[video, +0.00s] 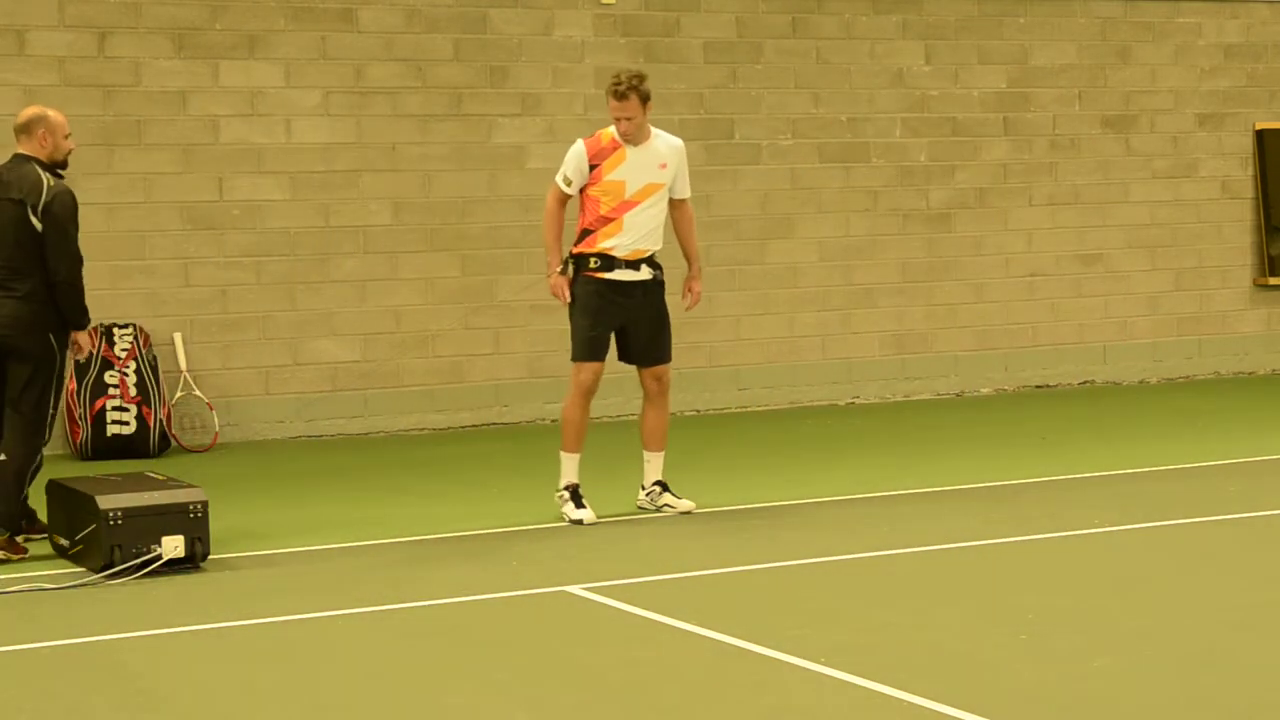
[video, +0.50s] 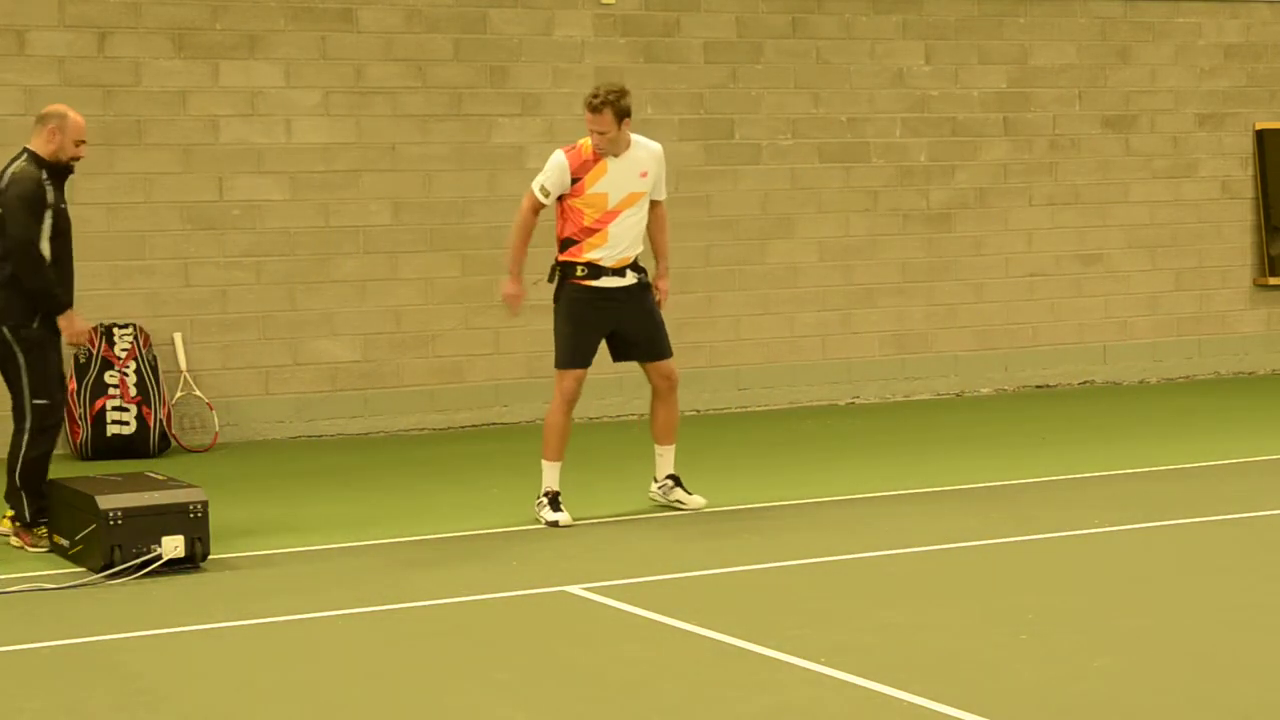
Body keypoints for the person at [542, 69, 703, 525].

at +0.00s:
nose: (622, 127)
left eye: (629, 119)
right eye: (616, 119)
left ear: (648, 110)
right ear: (608, 112)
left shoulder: (671, 150)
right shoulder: (588, 151)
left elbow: (681, 207)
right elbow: (556, 201)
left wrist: (694, 267)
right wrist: (555, 267)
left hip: (645, 282)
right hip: (592, 282)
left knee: (657, 381)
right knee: (585, 380)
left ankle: (652, 487)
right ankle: (569, 487)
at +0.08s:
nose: (622, 127)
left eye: (630, 119)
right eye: (616, 119)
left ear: (649, 111)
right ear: (609, 112)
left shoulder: (670, 149)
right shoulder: (587, 151)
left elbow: (680, 207)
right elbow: (554, 199)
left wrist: (693, 267)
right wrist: (555, 266)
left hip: (644, 283)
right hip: (593, 282)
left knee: (656, 381)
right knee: (582, 380)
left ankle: (652, 487)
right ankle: (558, 489)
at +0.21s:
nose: (615, 129)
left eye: (623, 121)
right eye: (609, 121)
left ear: (642, 113)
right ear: (602, 113)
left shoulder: (662, 149)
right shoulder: (580, 153)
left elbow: (670, 207)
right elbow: (543, 200)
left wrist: (685, 266)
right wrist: (550, 269)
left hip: (641, 285)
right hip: (590, 286)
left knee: (657, 381)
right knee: (574, 386)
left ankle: (653, 487)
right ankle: (550, 492)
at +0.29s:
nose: (608, 133)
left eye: (616, 125)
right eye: (602, 124)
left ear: (634, 117)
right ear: (595, 117)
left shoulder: (654, 152)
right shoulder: (575, 156)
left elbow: (663, 208)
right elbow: (535, 204)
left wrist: (677, 266)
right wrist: (543, 273)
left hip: (635, 288)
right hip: (583, 289)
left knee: (662, 382)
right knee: (570, 390)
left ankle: (654, 486)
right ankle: (550, 493)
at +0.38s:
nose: (599, 137)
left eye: (607, 129)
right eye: (594, 128)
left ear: (628, 122)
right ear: (589, 121)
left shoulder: (649, 154)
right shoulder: (570, 160)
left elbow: (656, 209)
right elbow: (531, 207)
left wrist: (668, 267)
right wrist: (534, 277)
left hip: (633, 288)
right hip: (580, 290)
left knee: (667, 379)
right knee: (568, 390)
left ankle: (657, 482)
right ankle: (549, 494)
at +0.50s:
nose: (595, 139)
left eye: (603, 132)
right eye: (590, 131)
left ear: (625, 125)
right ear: (586, 123)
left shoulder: (650, 155)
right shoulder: (568, 161)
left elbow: (656, 210)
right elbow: (530, 208)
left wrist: (662, 270)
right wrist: (514, 274)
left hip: (632, 289)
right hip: (579, 291)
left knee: (666, 379)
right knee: (567, 389)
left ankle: (665, 480)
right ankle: (549, 494)